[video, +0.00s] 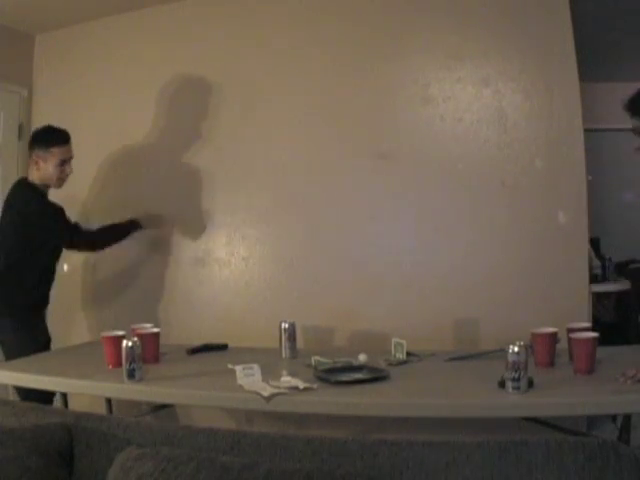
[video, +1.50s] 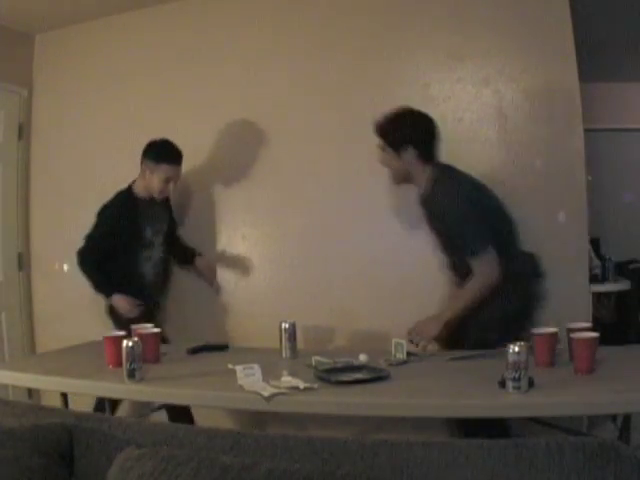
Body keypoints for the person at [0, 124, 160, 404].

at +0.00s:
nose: (69, 170)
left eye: (69, 162)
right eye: (63, 163)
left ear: (39, 163)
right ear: (37, 162)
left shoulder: (24, 196)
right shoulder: (38, 209)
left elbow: (83, 240)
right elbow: (87, 241)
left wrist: (130, 226)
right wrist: (134, 225)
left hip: (19, 318)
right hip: (20, 322)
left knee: (37, 401)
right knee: (39, 401)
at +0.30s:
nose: (83, 174)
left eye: (84, 165)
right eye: (77, 166)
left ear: (54, 168)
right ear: (51, 167)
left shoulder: (46, 201)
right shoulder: (36, 204)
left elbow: (53, 254)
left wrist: (60, 270)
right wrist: (62, 274)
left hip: (31, 315)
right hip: (17, 318)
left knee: (50, 398)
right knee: (41, 401)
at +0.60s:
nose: (95, 167)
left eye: (96, 159)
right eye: (89, 159)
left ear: (67, 161)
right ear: (64, 159)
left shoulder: (60, 199)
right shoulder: (47, 201)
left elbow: (64, 257)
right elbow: (62, 264)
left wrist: (89, 279)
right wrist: (94, 279)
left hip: (44, 309)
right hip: (26, 311)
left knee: (69, 390)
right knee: (36, 397)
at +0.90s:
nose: (127, 171)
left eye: (128, 163)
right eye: (121, 163)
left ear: (101, 165)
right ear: (98, 164)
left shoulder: (96, 203)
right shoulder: (81, 204)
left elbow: (76, 264)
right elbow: (69, 267)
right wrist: (105, 297)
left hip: (73, 307)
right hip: (59, 309)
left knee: (91, 381)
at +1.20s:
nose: (144, 179)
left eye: (148, 173)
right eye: (141, 171)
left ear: (125, 165)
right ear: (121, 164)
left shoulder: (126, 200)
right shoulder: (95, 202)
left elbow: (124, 253)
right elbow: (66, 259)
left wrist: (140, 288)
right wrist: (92, 300)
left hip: (114, 299)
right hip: (90, 303)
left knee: (115, 373)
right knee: (106, 373)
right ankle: (93, 437)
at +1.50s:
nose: (170, 188)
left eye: (174, 181)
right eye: (166, 180)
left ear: (175, 177)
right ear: (146, 171)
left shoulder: (162, 206)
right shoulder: (118, 209)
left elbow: (170, 242)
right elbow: (87, 257)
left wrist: (194, 259)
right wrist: (113, 295)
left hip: (153, 304)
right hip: (127, 307)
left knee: (120, 376)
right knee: (166, 371)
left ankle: (92, 432)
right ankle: (189, 439)